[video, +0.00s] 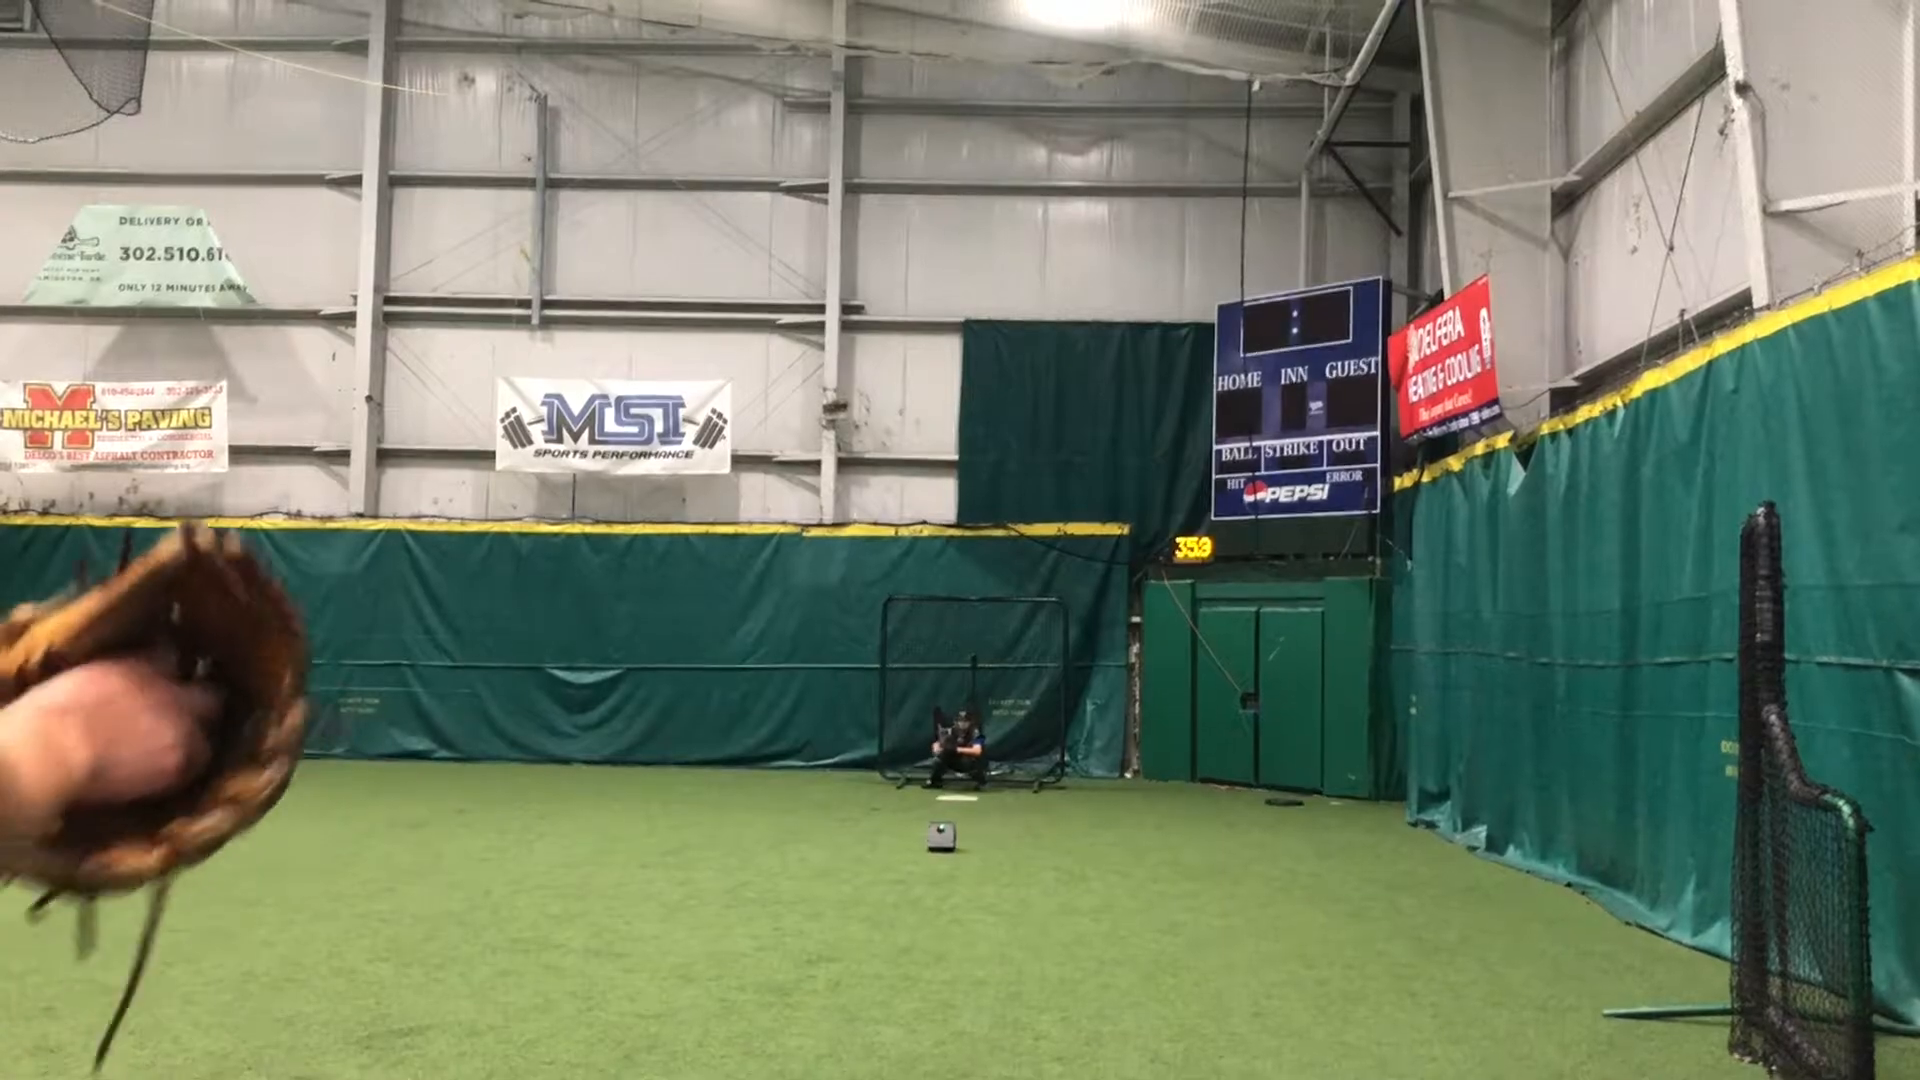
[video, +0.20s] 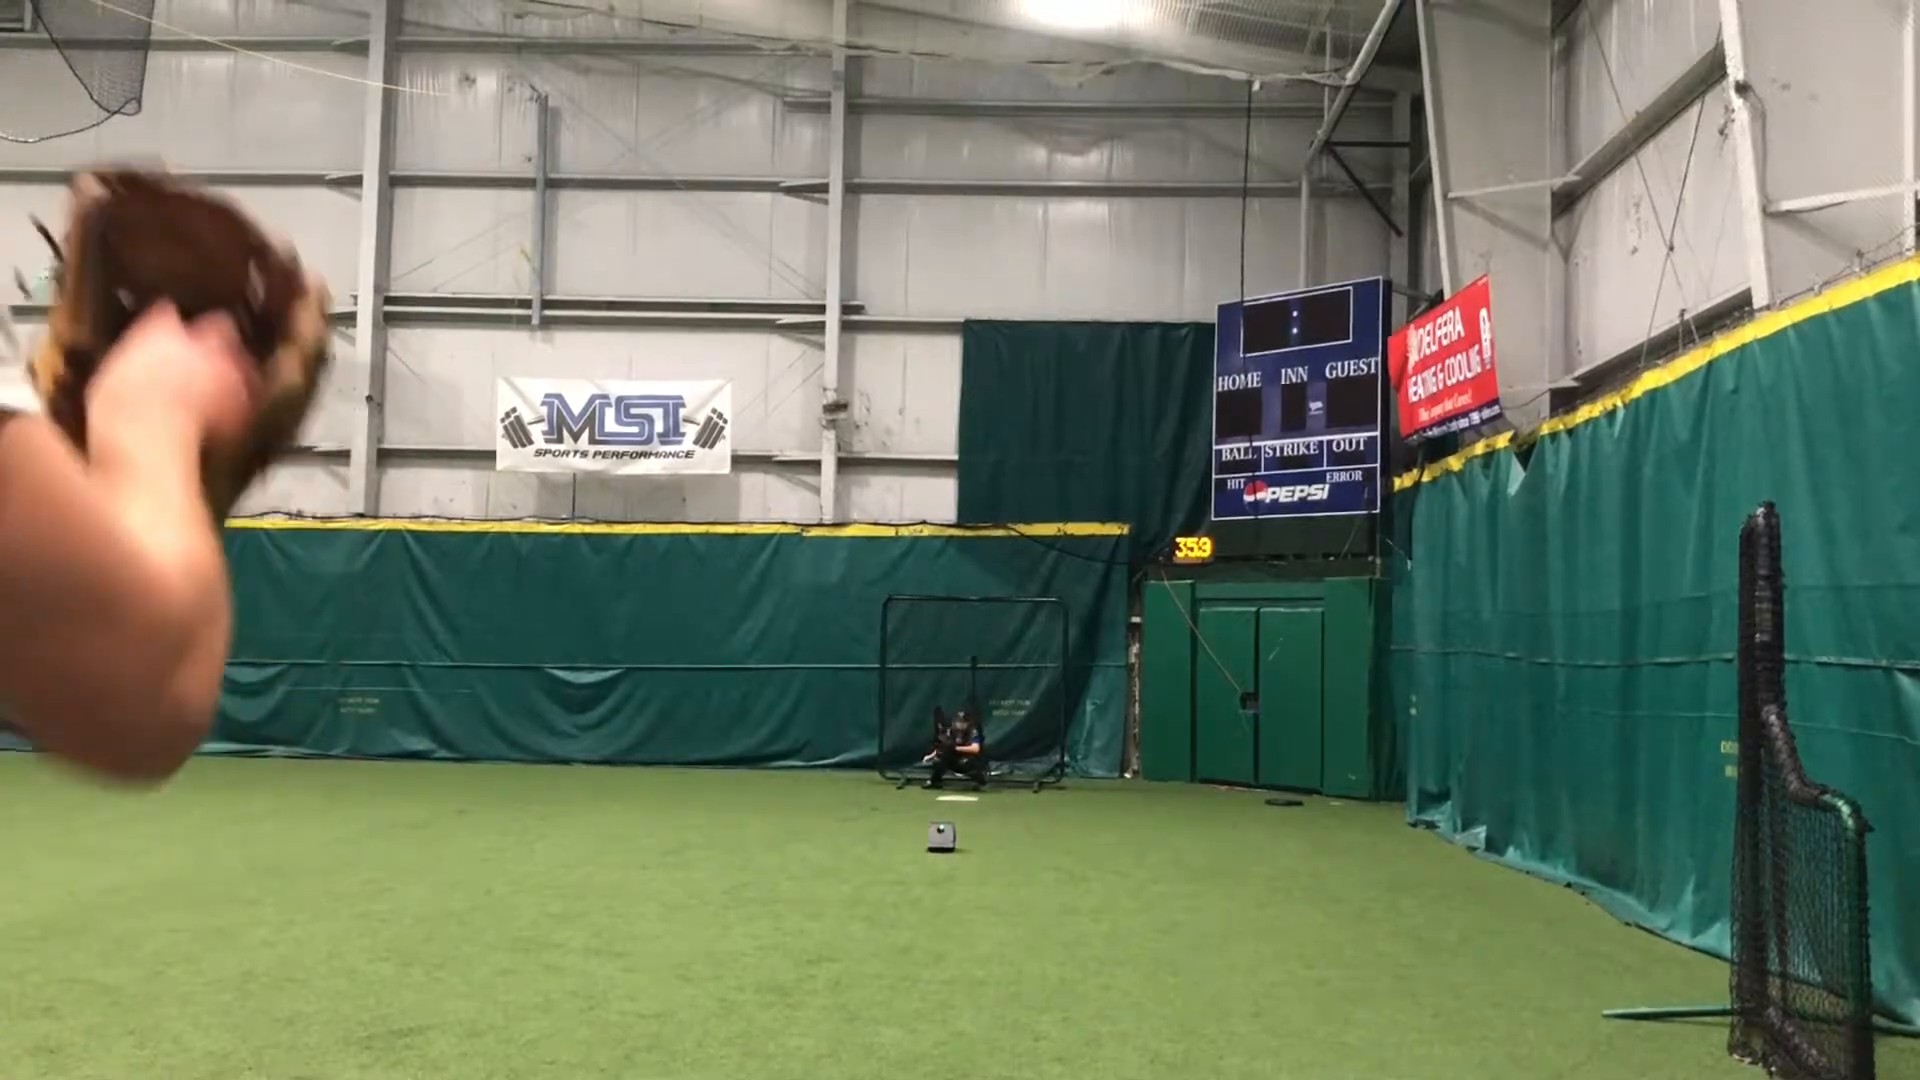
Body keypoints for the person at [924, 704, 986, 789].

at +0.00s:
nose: (962, 724)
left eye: (965, 721)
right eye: (959, 721)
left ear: (970, 723)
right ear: (956, 722)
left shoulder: (975, 734)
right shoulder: (952, 732)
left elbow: (977, 751)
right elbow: (942, 741)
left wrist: (957, 749)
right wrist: (937, 747)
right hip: (954, 758)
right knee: (941, 759)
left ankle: (981, 782)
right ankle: (935, 781)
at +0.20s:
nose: (959, 726)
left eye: (963, 723)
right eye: (957, 723)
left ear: (968, 723)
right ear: (954, 723)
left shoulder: (973, 733)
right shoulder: (951, 732)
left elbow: (975, 749)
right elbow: (943, 746)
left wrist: (955, 748)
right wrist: (931, 755)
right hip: (955, 757)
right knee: (941, 760)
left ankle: (981, 782)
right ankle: (935, 781)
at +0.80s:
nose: (957, 726)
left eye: (960, 723)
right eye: (955, 723)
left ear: (966, 724)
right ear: (951, 723)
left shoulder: (971, 735)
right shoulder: (949, 733)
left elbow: (976, 754)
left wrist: (960, 758)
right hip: (949, 758)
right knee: (937, 763)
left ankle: (980, 781)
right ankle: (935, 781)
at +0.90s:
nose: (958, 726)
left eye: (961, 723)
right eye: (955, 722)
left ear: (966, 724)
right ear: (951, 724)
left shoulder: (971, 736)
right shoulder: (947, 734)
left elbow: (976, 755)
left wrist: (962, 759)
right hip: (950, 759)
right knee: (937, 763)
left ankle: (980, 782)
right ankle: (935, 781)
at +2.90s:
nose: (954, 728)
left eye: (957, 725)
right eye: (951, 725)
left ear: (963, 727)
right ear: (947, 727)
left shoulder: (970, 743)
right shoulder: (945, 742)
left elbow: (975, 759)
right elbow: (936, 754)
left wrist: (958, 759)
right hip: (947, 766)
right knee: (935, 763)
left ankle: (979, 782)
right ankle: (935, 781)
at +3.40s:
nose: (952, 725)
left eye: (955, 722)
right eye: (949, 722)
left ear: (961, 725)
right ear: (944, 725)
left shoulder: (967, 741)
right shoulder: (941, 742)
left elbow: (973, 759)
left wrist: (957, 765)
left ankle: (978, 782)